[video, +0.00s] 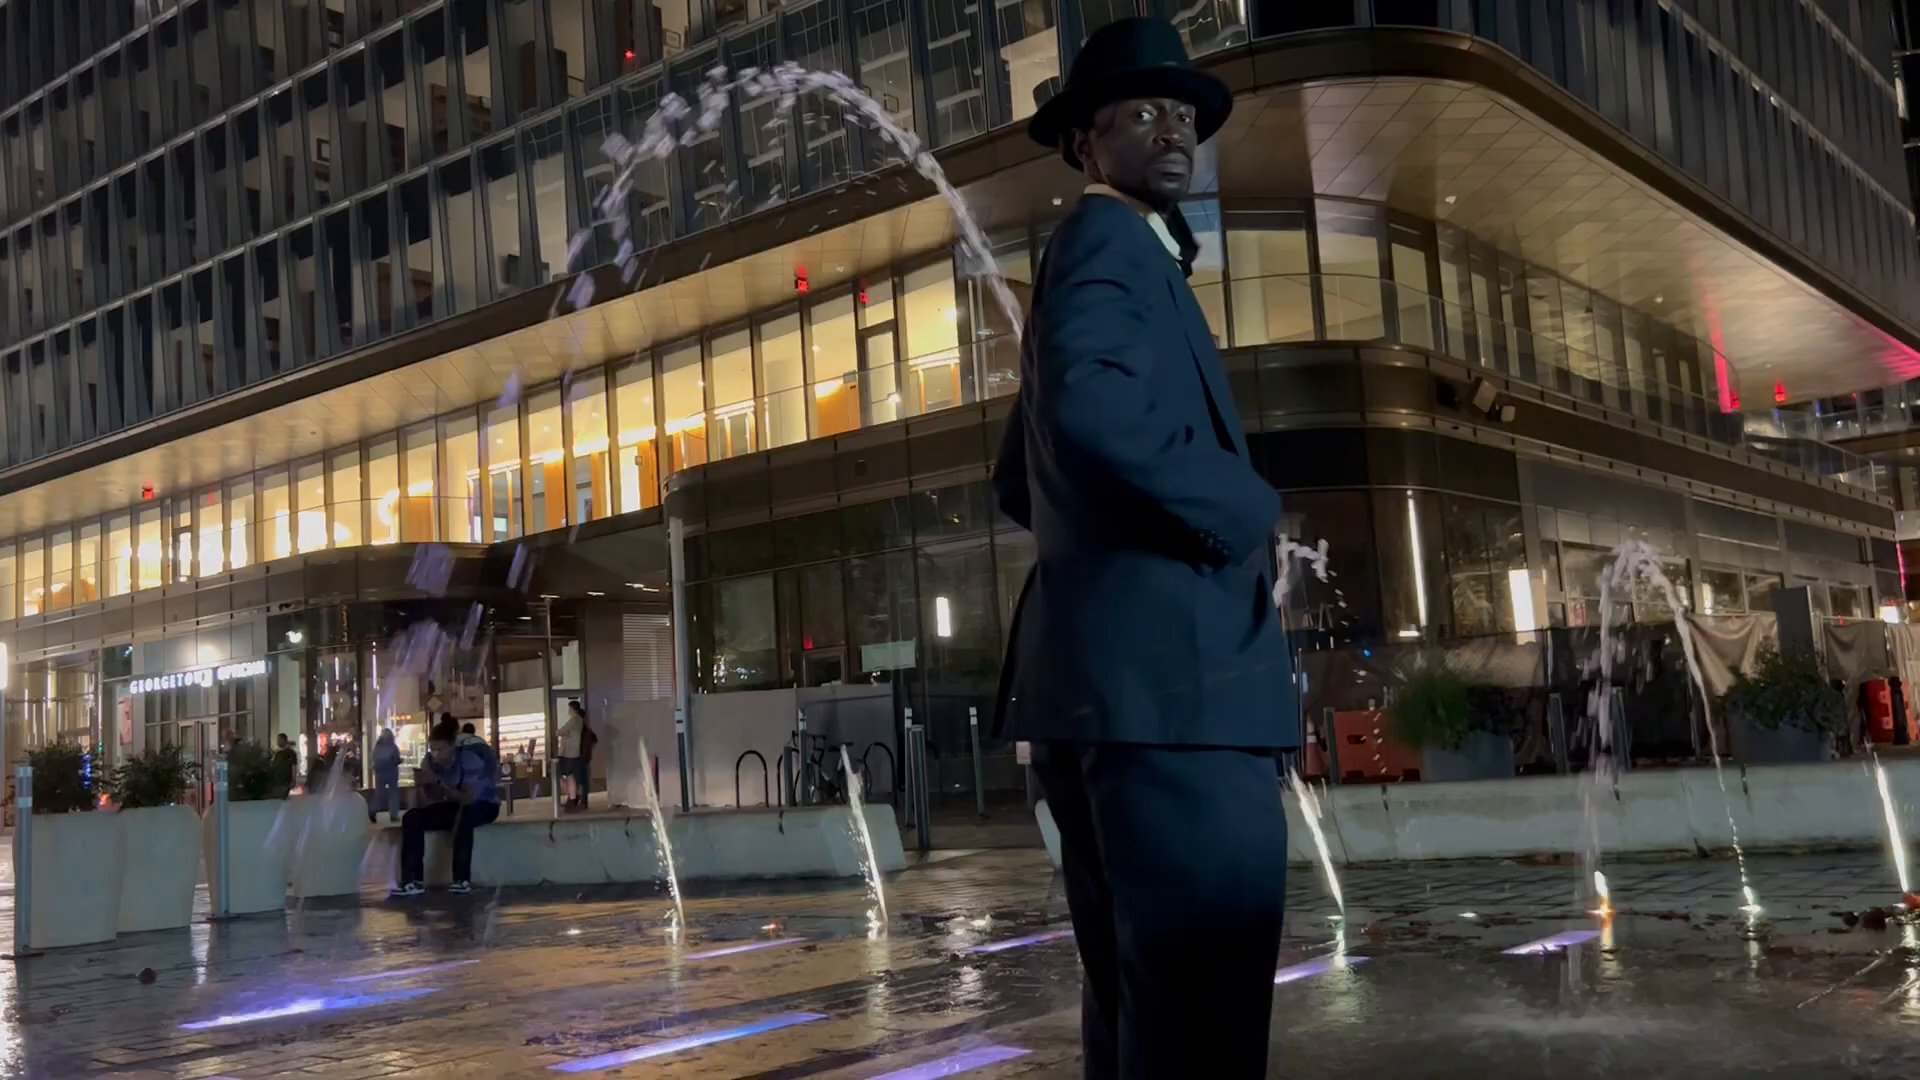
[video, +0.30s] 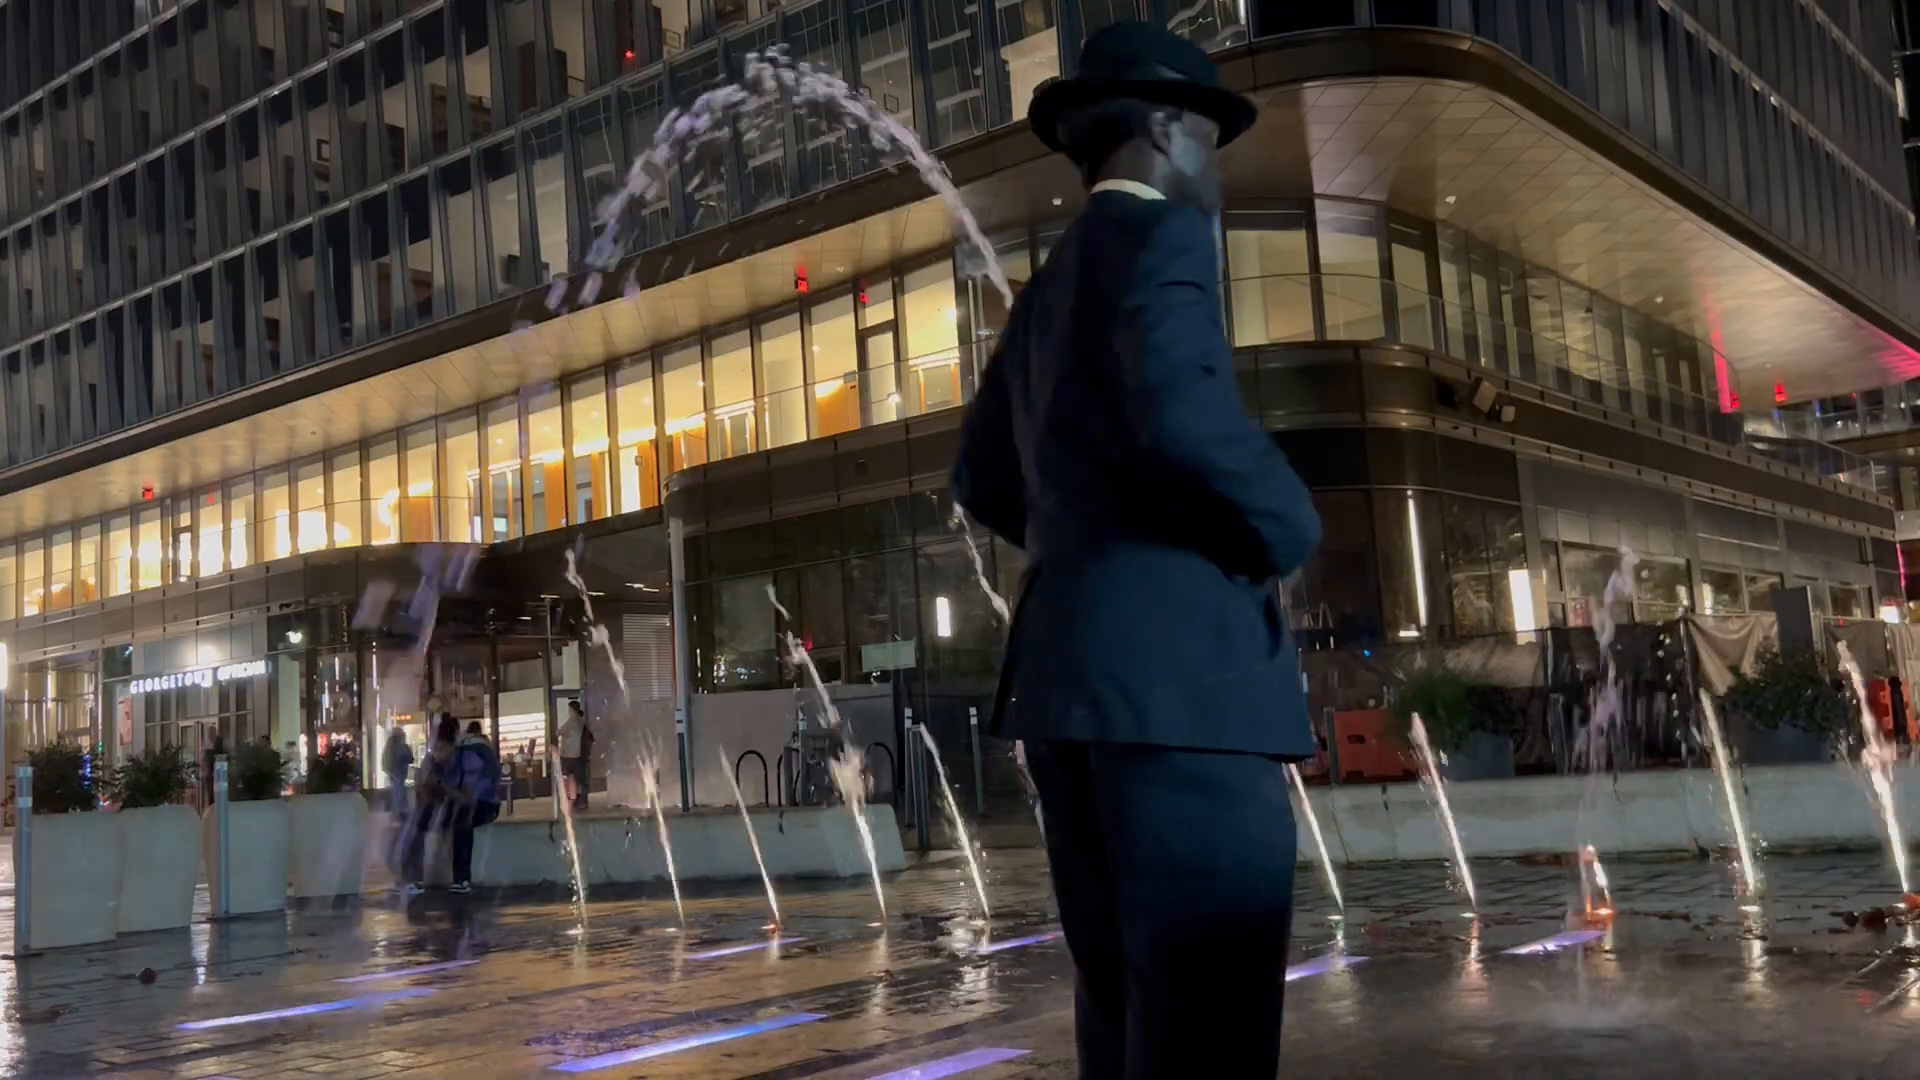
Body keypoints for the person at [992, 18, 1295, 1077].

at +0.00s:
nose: (1175, 130)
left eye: (1186, 115)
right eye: (1142, 114)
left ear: (1201, 137)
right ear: (1085, 148)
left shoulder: (1087, 254)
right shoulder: (1110, 236)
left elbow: (1018, 478)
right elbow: (1098, 409)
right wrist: (1260, 517)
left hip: (1105, 705)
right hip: (1171, 700)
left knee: (1137, 1018)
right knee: (1205, 1026)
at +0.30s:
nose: (1219, 165)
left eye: (1216, 141)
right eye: (1209, 138)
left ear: (1104, 146)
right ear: (1157, 131)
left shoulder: (1042, 282)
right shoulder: (1161, 230)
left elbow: (984, 481)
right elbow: (1178, 403)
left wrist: (1112, 543)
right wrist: (1289, 526)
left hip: (1070, 694)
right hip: (1176, 685)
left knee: (1120, 1009)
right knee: (1216, 1019)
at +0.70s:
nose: (1022, 188)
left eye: (1027, 165)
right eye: (1024, 166)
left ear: (1059, 163)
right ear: (1149, 168)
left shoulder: (993, 289)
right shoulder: (1255, 291)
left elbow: (941, 467)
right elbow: (1342, 452)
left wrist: (993, 579)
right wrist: (1254, 568)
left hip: (1053, 688)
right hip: (1223, 679)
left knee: (1076, 1010)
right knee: (1217, 1002)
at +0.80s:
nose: (1024, 193)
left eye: (1026, 171)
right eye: (1025, 173)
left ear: (1054, 167)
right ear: (1144, 169)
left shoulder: (1006, 285)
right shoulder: (1250, 295)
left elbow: (966, 465)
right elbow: (1324, 465)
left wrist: (979, 573)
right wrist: (1230, 561)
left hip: (1062, 671)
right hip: (1220, 664)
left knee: (1084, 982)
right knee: (1237, 971)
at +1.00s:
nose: (1061, 188)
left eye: (1061, 168)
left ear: (1073, 176)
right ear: (1175, 173)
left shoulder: (1041, 278)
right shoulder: (1267, 295)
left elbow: (1028, 457)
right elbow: (1341, 465)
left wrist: (981, 517)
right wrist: (1248, 557)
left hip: (1100, 680)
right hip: (1240, 671)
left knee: (1098, 989)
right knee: (1251, 970)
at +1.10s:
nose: (1074, 191)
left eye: (1074, 171)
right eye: (1080, 170)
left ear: (1088, 175)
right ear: (1191, 173)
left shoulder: (1061, 275)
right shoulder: (1283, 292)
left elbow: (1052, 456)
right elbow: (1358, 463)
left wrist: (991, 504)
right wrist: (1266, 559)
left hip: (1115, 683)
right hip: (1258, 675)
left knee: (1109, 992)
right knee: (1271, 979)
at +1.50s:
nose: (1089, 227)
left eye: (1090, 206)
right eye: (1088, 208)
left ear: (1110, 200)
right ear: (1210, 200)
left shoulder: (1076, 300)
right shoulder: (1324, 307)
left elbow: (1039, 471)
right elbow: (1447, 429)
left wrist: (1042, 537)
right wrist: (1359, 546)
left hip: (1136, 693)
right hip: (1305, 689)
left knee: (1131, 998)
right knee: (1301, 986)